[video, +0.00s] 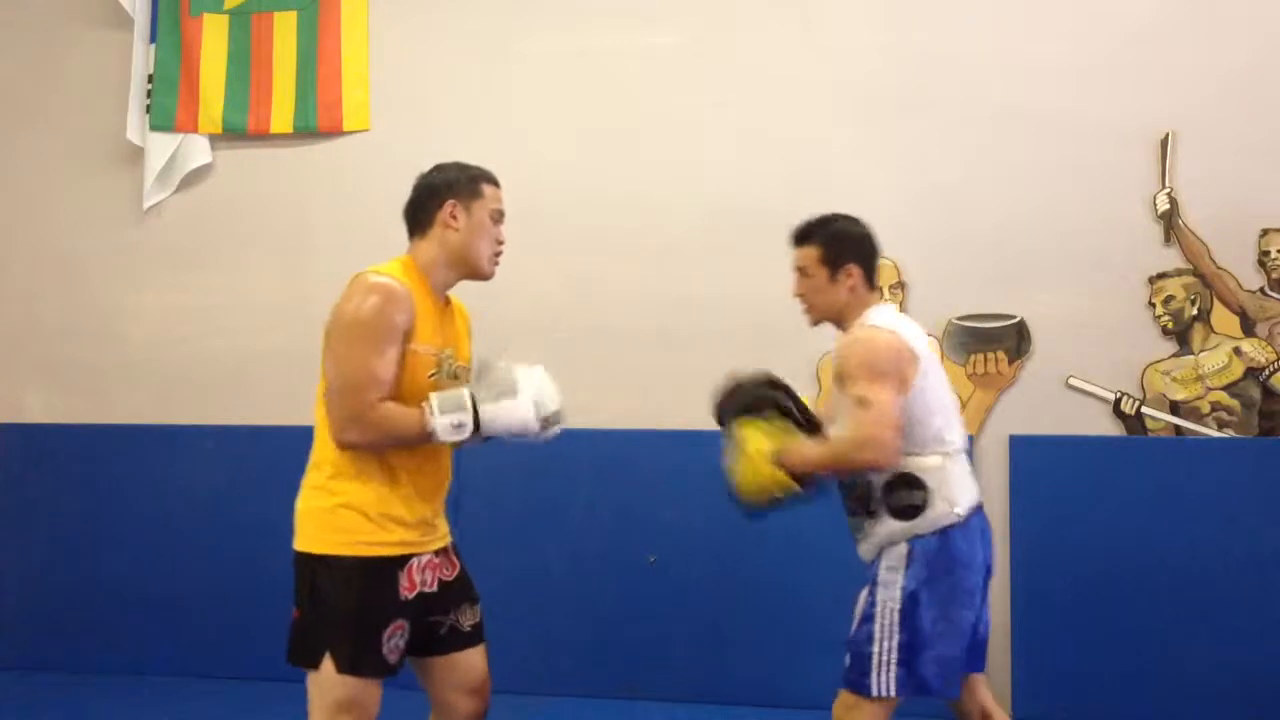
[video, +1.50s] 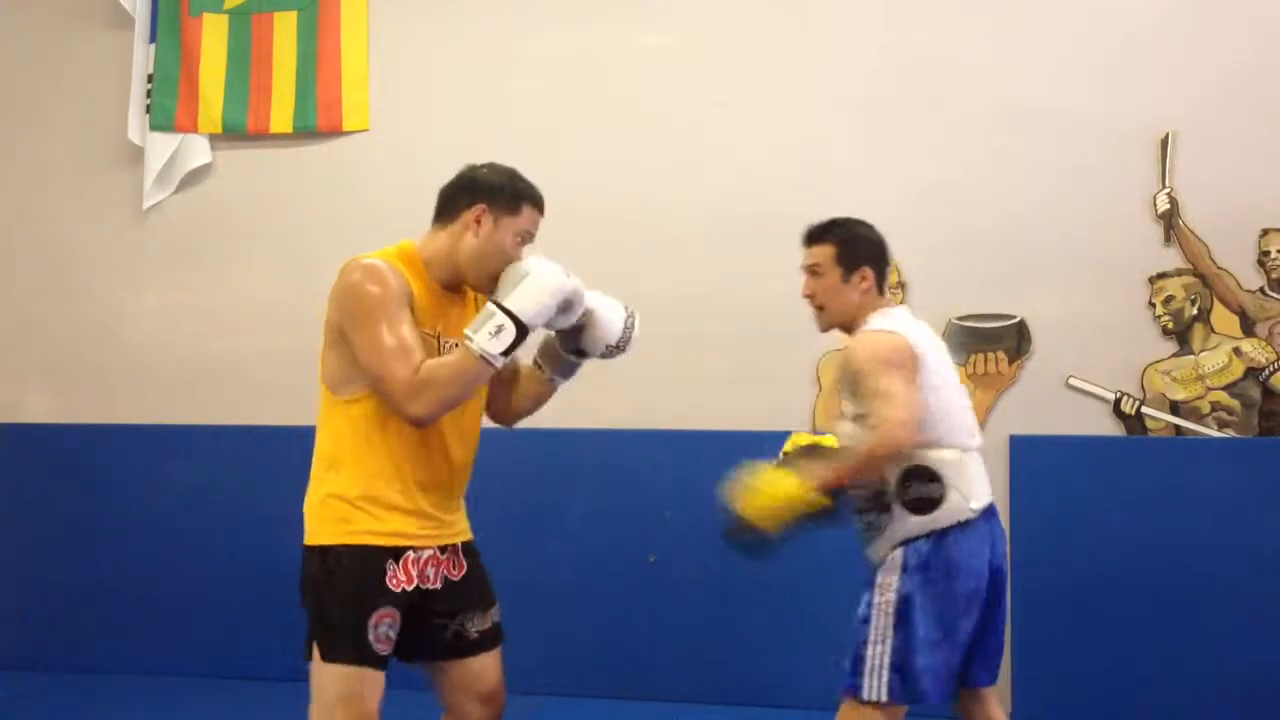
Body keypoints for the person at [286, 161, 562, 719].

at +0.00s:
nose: (504, 237)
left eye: (504, 221)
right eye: (494, 218)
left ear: (456, 219)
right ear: (451, 217)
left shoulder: (454, 316)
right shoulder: (377, 297)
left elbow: (431, 415)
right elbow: (354, 423)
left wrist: (501, 405)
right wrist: (470, 416)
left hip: (425, 537)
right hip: (352, 542)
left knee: (466, 696)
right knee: (346, 708)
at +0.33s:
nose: (494, 231)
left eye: (495, 215)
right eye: (487, 211)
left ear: (448, 211)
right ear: (442, 206)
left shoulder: (449, 306)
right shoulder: (370, 286)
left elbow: (455, 418)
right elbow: (409, 408)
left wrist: (517, 370)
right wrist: (497, 361)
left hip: (426, 532)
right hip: (354, 537)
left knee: (468, 692)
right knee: (340, 705)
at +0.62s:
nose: (526, 241)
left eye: (529, 225)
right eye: (521, 221)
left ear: (479, 214)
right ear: (476, 211)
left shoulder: (479, 308)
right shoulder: (389, 284)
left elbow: (473, 429)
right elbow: (422, 408)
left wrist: (541, 376)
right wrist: (517, 350)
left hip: (443, 530)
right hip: (368, 534)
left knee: (464, 698)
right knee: (368, 708)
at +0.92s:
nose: (514, 257)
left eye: (518, 242)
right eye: (511, 238)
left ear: (471, 227)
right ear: (470, 224)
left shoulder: (451, 303)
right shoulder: (378, 288)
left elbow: (460, 419)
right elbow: (440, 402)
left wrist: (528, 362)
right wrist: (525, 326)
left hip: (423, 532)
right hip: (352, 541)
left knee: (479, 692)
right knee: (365, 709)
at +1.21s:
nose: (505, 265)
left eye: (512, 252)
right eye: (506, 248)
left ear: (467, 226)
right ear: (468, 224)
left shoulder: (450, 301)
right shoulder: (360, 280)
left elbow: (456, 410)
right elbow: (410, 400)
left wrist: (527, 353)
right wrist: (492, 315)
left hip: (429, 529)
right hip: (354, 541)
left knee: (500, 683)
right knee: (361, 708)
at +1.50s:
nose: (523, 258)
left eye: (528, 244)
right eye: (520, 239)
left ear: (480, 225)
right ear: (477, 220)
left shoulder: (477, 304)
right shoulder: (369, 280)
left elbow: (505, 405)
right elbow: (417, 398)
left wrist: (567, 351)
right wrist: (507, 318)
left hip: (444, 532)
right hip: (359, 534)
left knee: (481, 699)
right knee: (350, 708)